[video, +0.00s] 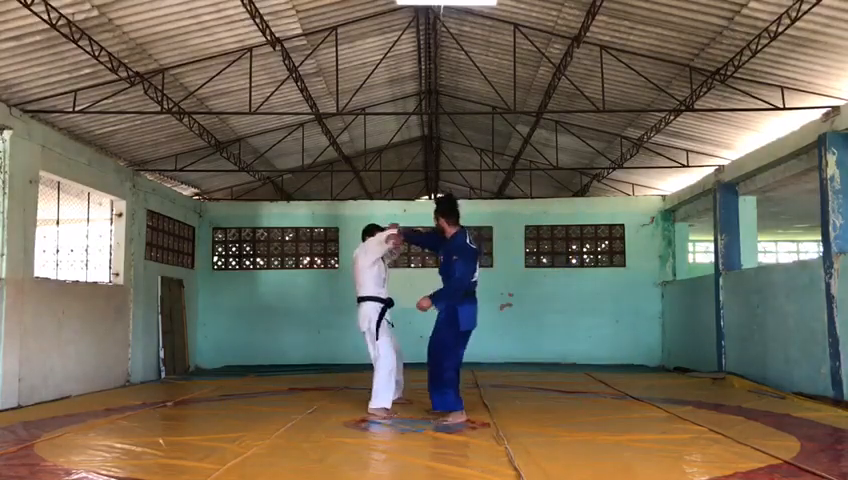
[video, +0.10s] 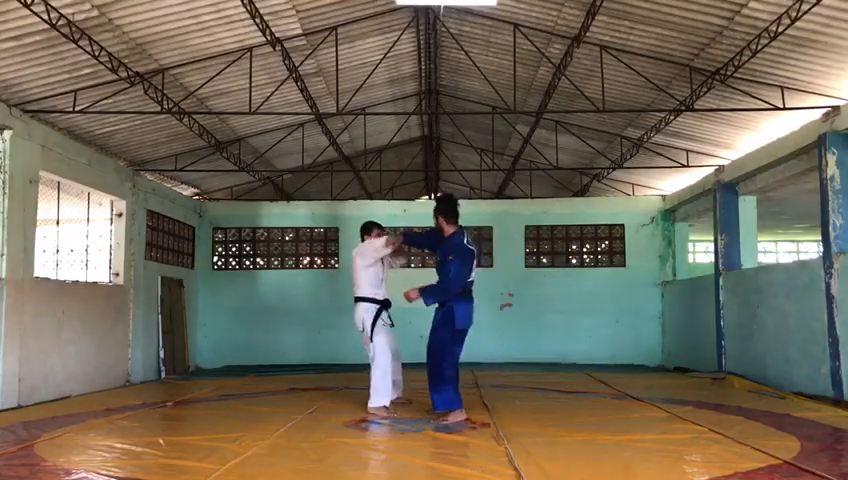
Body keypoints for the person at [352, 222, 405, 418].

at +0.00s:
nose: (384, 241)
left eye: (383, 237)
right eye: (382, 237)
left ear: (367, 236)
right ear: (373, 236)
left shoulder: (374, 256)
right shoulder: (365, 249)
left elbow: (391, 255)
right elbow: (390, 234)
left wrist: (396, 244)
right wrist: (396, 231)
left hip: (378, 309)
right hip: (371, 309)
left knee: (394, 353)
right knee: (386, 356)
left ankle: (394, 393)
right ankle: (378, 405)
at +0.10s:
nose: (383, 238)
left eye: (383, 234)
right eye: (379, 235)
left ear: (372, 236)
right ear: (368, 235)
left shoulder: (378, 256)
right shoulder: (363, 250)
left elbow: (400, 259)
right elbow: (391, 243)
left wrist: (399, 243)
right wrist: (402, 237)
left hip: (378, 308)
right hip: (368, 308)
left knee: (392, 353)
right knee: (382, 354)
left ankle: (392, 394)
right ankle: (376, 404)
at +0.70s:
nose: (361, 225)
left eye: (361, 221)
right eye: (357, 221)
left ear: (355, 224)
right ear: (344, 224)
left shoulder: (357, 247)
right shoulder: (334, 247)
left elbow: (358, 275)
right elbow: (332, 278)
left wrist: (372, 282)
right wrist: (359, 275)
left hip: (355, 304)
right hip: (342, 304)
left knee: (341, 352)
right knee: (350, 353)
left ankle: (311, 385)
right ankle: (334, 402)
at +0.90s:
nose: (352, 228)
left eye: (352, 223)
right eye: (348, 223)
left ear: (343, 226)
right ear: (335, 225)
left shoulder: (347, 250)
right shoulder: (326, 249)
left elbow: (342, 279)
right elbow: (327, 281)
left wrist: (354, 291)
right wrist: (353, 291)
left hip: (338, 303)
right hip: (330, 304)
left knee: (321, 351)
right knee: (342, 356)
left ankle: (294, 395)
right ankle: (334, 405)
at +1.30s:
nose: (340, 232)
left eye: (340, 227)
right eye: (336, 227)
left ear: (326, 230)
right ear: (325, 229)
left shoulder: (320, 248)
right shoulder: (317, 247)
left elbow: (313, 280)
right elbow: (313, 277)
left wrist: (332, 291)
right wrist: (329, 299)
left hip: (300, 301)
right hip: (308, 302)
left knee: (296, 354)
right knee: (322, 355)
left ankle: (286, 402)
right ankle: (325, 403)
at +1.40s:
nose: (339, 233)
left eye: (339, 229)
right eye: (336, 228)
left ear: (324, 231)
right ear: (324, 229)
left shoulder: (316, 248)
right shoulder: (317, 248)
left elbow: (315, 279)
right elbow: (314, 278)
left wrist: (331, 294)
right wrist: (331, 297)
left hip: (299, 301)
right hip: (309, 303)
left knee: (297, 353)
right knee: (327, 351)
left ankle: (286, 402)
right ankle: (322, 402)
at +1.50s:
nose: (340, 235)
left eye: (341, 230)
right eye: (337, 230)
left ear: (325, 231)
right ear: (326, 230)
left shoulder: (317, 249)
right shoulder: (317, 248)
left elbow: (316, 282)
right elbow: (320, 278)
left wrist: (334, 295)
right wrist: (335, 294)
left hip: (302, 303)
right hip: (312, 304)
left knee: (299, 355)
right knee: (336, 348)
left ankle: (286, 404)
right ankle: (330, 397)